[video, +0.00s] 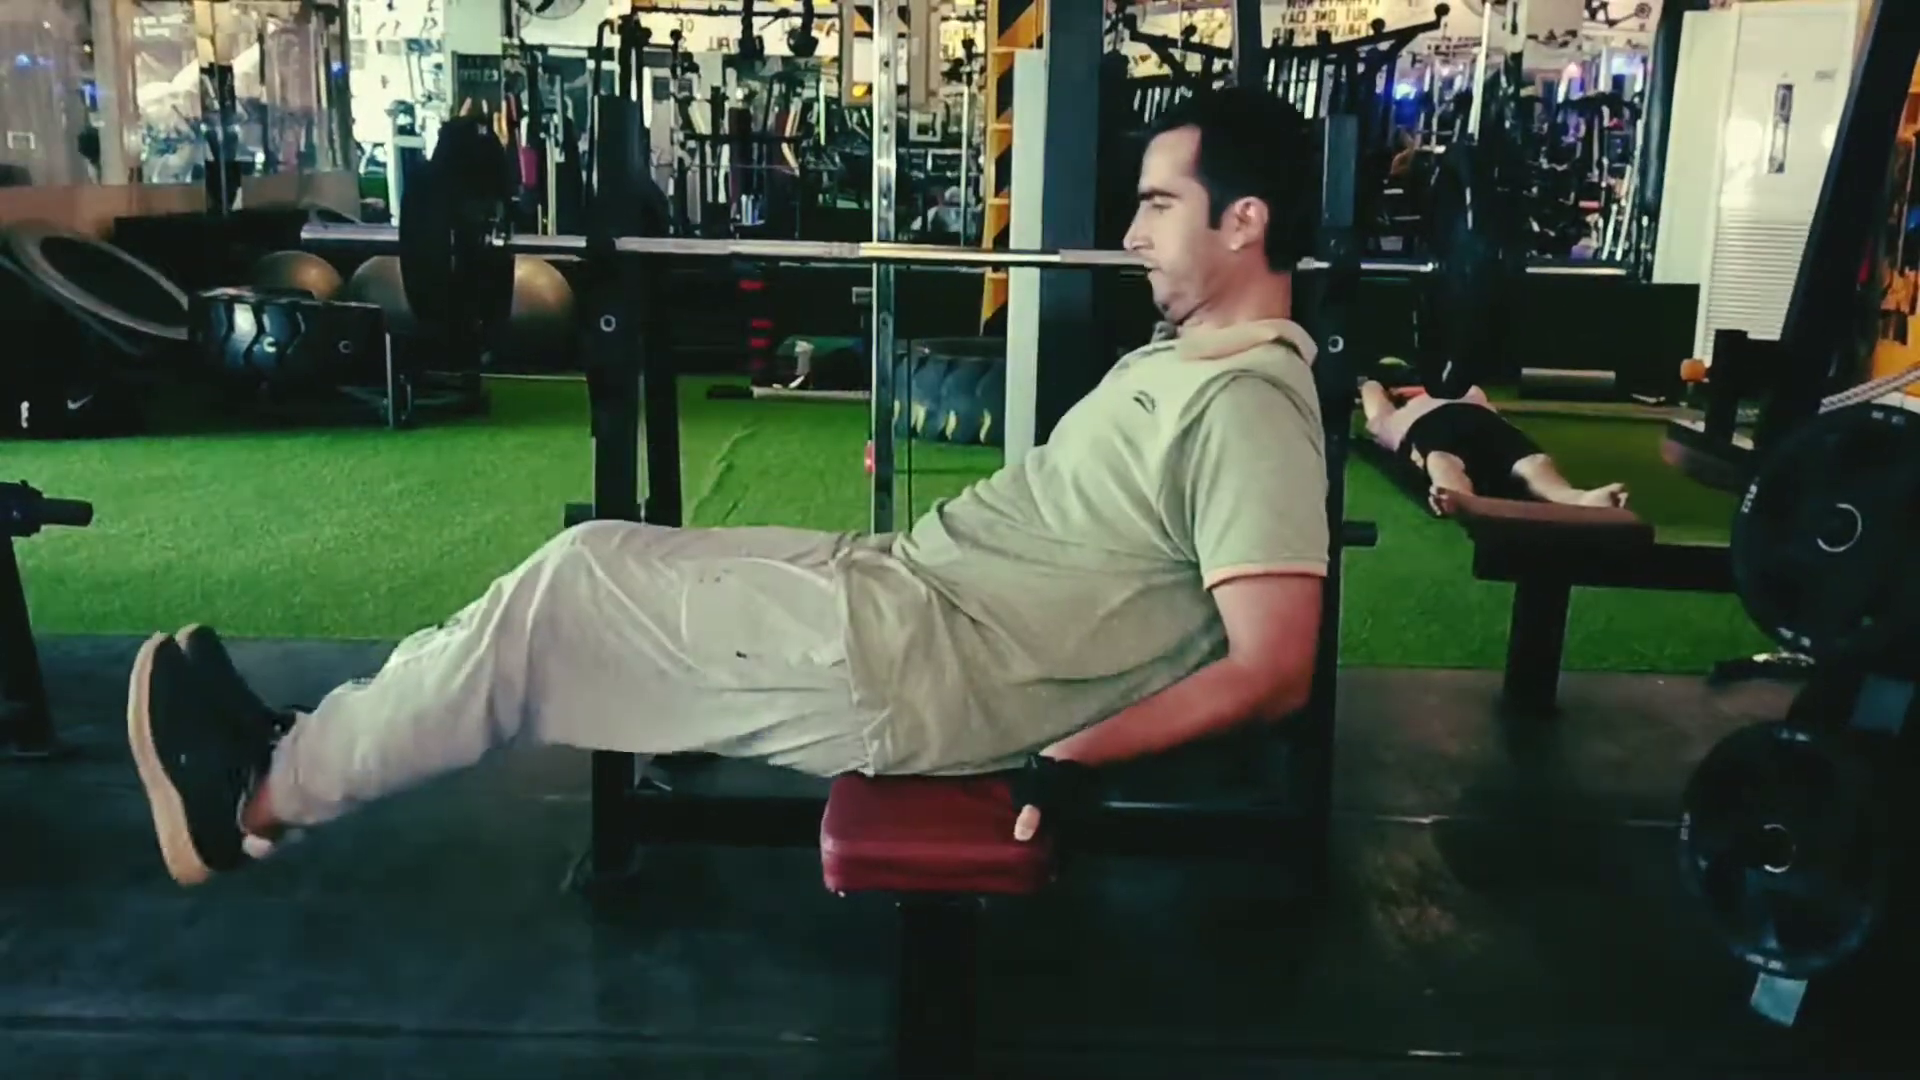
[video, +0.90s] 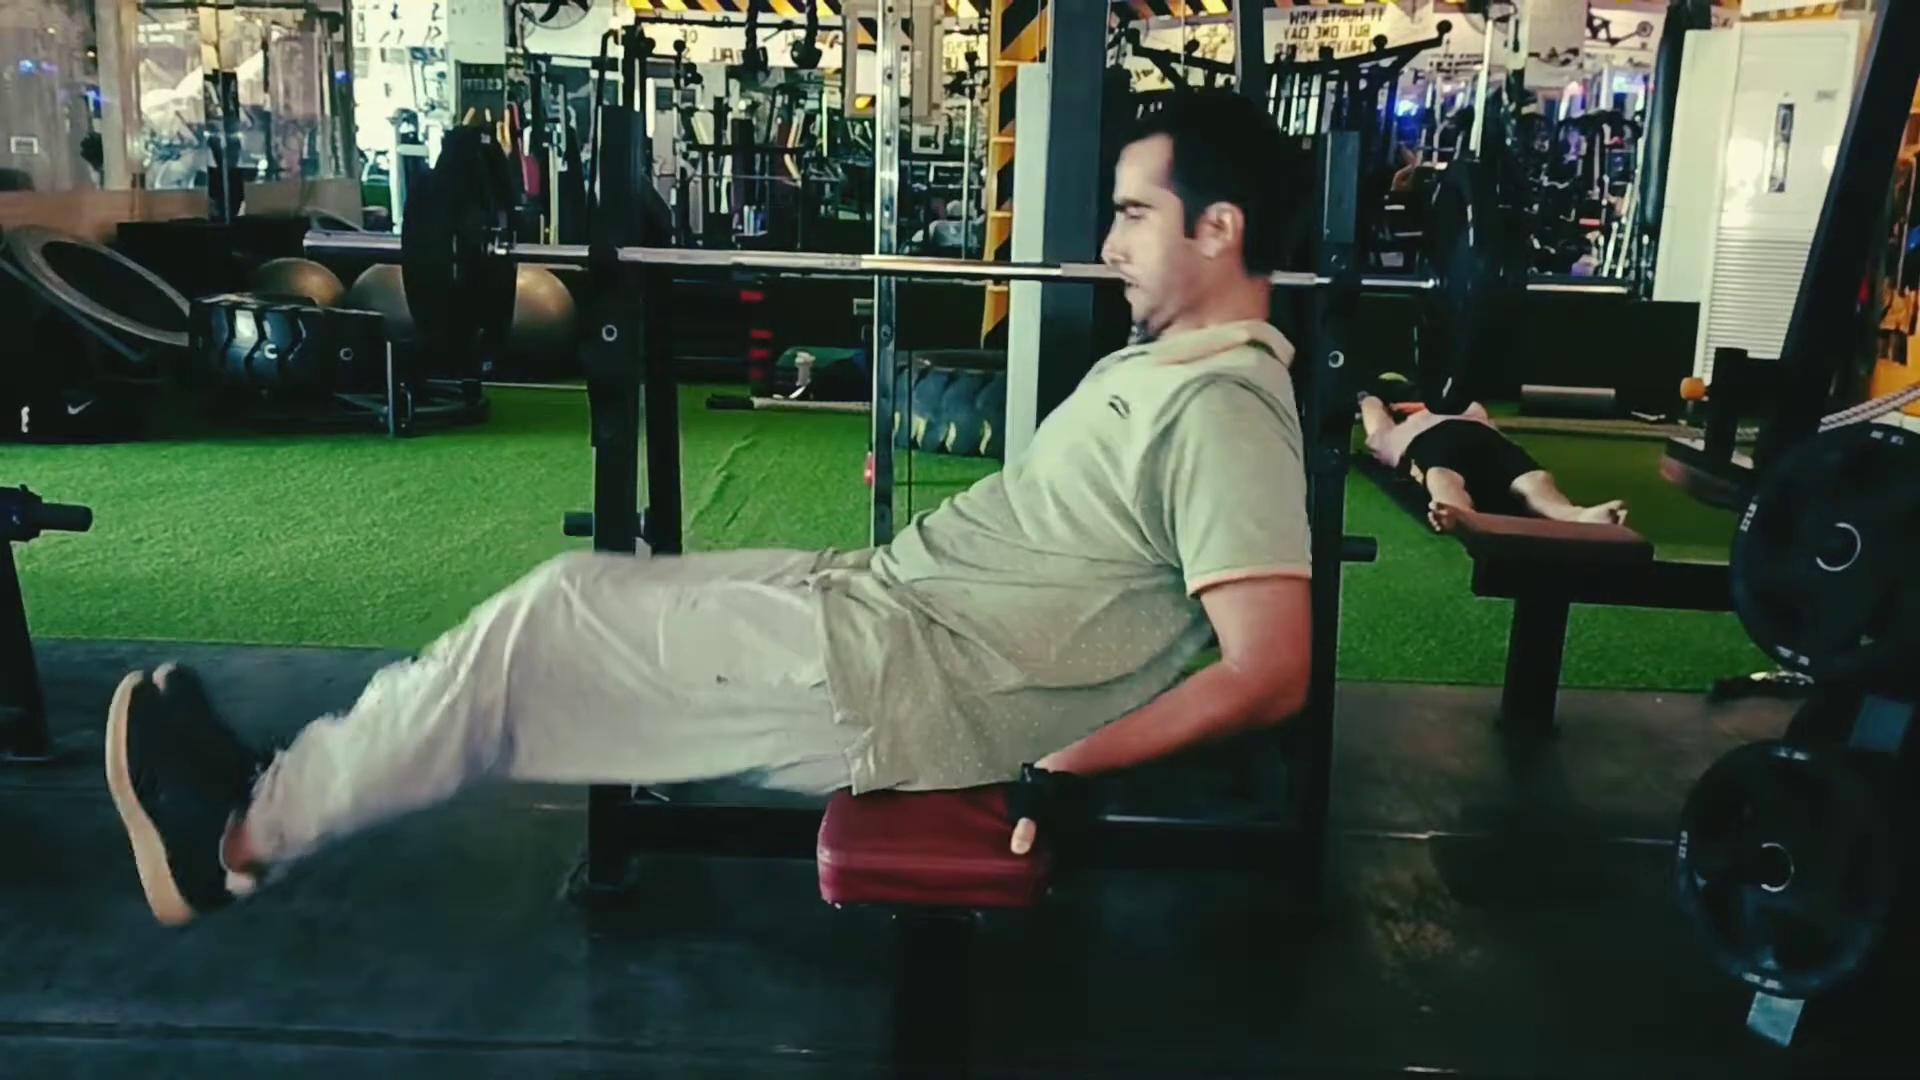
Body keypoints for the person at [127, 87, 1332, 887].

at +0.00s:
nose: (1137, 234)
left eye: (1161, 208)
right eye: (1141, 208)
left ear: (1249, 226)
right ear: (1229, 231)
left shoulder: (1252, 393)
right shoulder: (1191, 363)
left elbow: (1271, 667)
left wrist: (1058, 761)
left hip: (931, 661)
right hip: (903, 590)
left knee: (566, 603)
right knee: (587, 559)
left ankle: (250, 810)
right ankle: (287, 762)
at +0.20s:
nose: (1078, 203)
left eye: (1100, 176)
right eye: (1080, 177)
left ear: (1191, 187)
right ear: (1162, 191)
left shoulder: (1215, 358)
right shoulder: (1157, 328)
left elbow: (1250, 630)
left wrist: (1057, 751)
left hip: (954, 667)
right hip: (924, 610)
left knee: (611, 501)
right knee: (614, 492)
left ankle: (330, 750)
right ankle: (347, 722)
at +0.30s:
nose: (987, 186)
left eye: (1006, 154)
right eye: (986, 156)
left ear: (1096, 159)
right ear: (1088, 160)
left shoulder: (1156, 325)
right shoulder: (1081, 296)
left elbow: (1220, 598)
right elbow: (1032, 502)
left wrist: (1044, 760)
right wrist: (894, 525)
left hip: (963, 684)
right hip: (933, 630)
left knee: (678, 409)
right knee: (677, 410)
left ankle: (421, 688)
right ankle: (428, 674)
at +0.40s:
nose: (895, 185)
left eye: (908, 151)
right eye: (891, 154)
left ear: (990, 150)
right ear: (987, 152)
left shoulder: (1079, 312)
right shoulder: (1018, 295)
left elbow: (1192, 576)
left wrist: (1039, 758)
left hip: (948, 689)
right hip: (919, 658)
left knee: (747, 348)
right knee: (736, 348)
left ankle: (501, 637)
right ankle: (506, 608)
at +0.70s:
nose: (984, 199)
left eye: (1000, 169)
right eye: (984, 171)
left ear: (1087, 177)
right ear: (1083, 177)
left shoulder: (1131, 345)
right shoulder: (1083, 312)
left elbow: (1229, 612)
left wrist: (1042, 754)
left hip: (942, 687)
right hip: (918, 618)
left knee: (616, 463)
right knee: (642, 431)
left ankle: (374, 745)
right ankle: (394, 704)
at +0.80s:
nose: (1069, 228)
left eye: (1090, 200)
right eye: (1069, 201)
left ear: (1179, 209)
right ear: (1151, 212)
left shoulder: (1192, 375)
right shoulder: (1145, 348)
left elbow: (1258, 646)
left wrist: (1059, 763)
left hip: (931, 683)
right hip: (899, 612)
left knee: (564, 559)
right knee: (581, 531)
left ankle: (267, 814)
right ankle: (299, 776)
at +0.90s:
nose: (1111, 242)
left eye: (1135, 214)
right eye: (1116, 215)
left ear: (1221, 230)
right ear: (1213, 236)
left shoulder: (1222, 392)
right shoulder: (1184, 364)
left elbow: (1272, 670)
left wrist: (1060, 768)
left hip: (910, 675)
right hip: (883, 607)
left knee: (542, 636)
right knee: (569, 591)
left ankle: (232, 849)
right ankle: (267, 804)